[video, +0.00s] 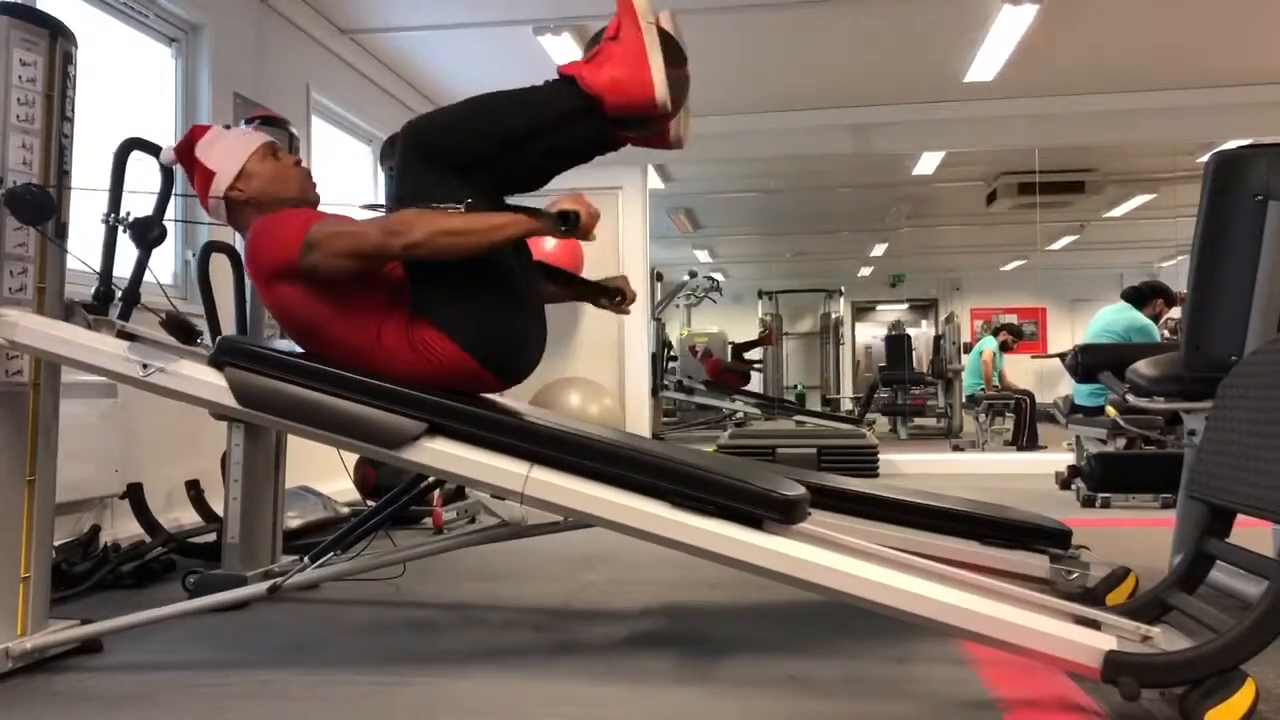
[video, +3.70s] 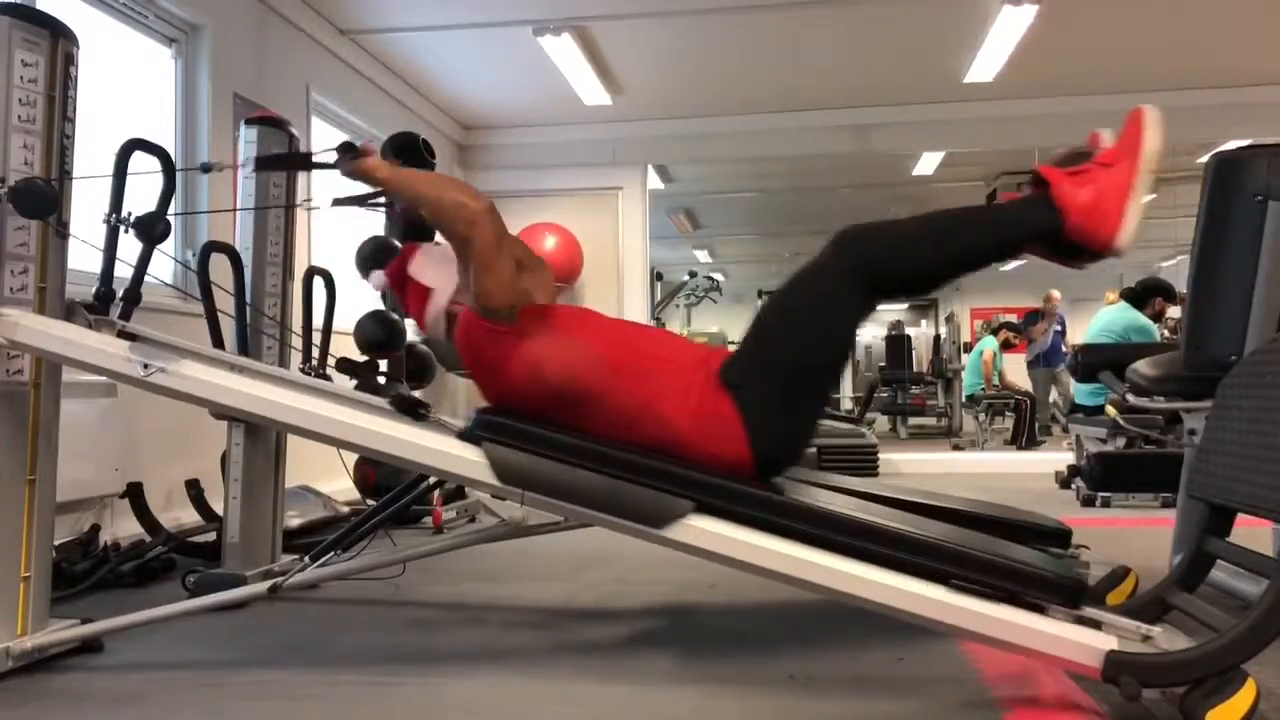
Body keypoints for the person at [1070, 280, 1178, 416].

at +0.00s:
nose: (1163, 317)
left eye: (1166, 313)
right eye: (1165, 311)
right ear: (1158, 304)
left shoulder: (1107, 311)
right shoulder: (1143, 325)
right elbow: (1158, 369)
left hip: (1081, 397)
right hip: (1102, 401)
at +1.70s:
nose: (1162, 313)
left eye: (1164, 308)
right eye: (1164, 308)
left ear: (1137, 295)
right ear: (1160, 307)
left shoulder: (1106, 312)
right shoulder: (1143, 325)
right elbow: (1157, 368)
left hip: (1081, 396)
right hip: (1102, 401)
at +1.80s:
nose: (1163, 311)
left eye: (1164, 306)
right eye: (1164, 306)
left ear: (1136, 295)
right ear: (1158, 304)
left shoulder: (1106, 311)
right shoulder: (1143, 324)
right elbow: (1157, 367)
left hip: (1082, 396)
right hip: (1102, 401)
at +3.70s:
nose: (1166, 312)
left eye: (1169, 307)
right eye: (1167, 306)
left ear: (1139, 297)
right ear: (1158, 303)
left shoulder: (1108, 311)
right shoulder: (1143, 325)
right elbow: (1156, 370)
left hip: (1083, 396)